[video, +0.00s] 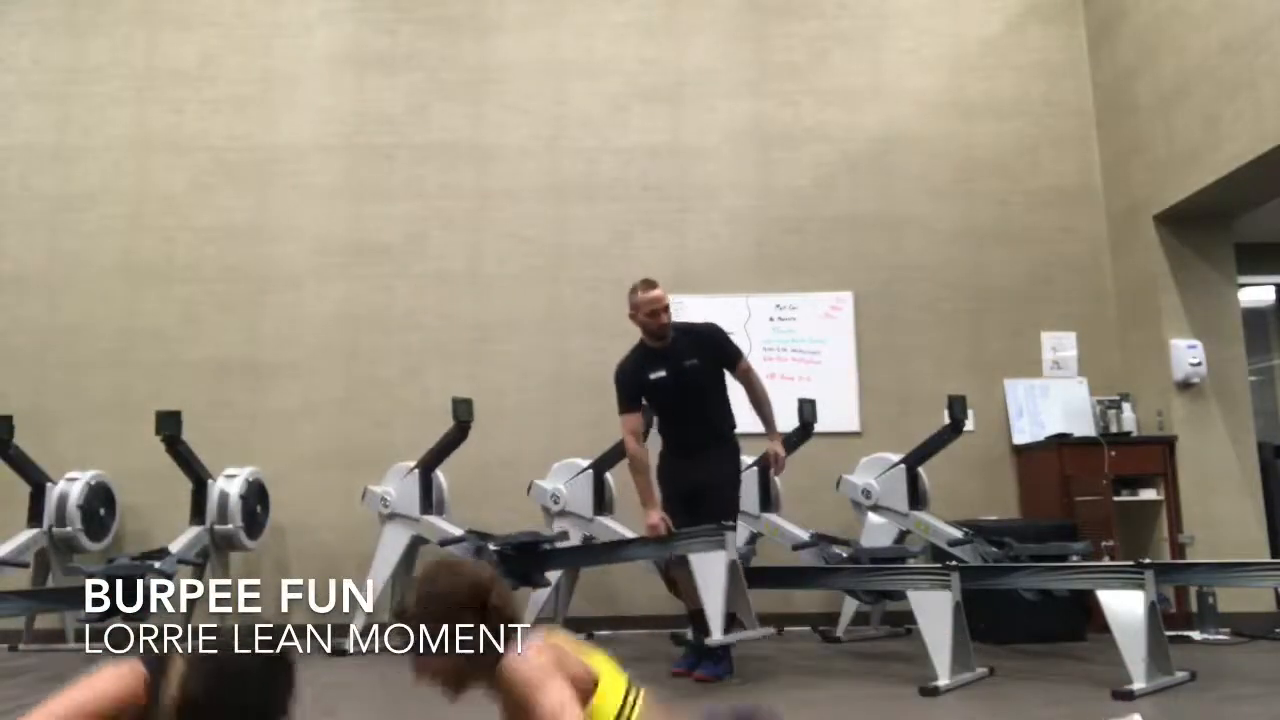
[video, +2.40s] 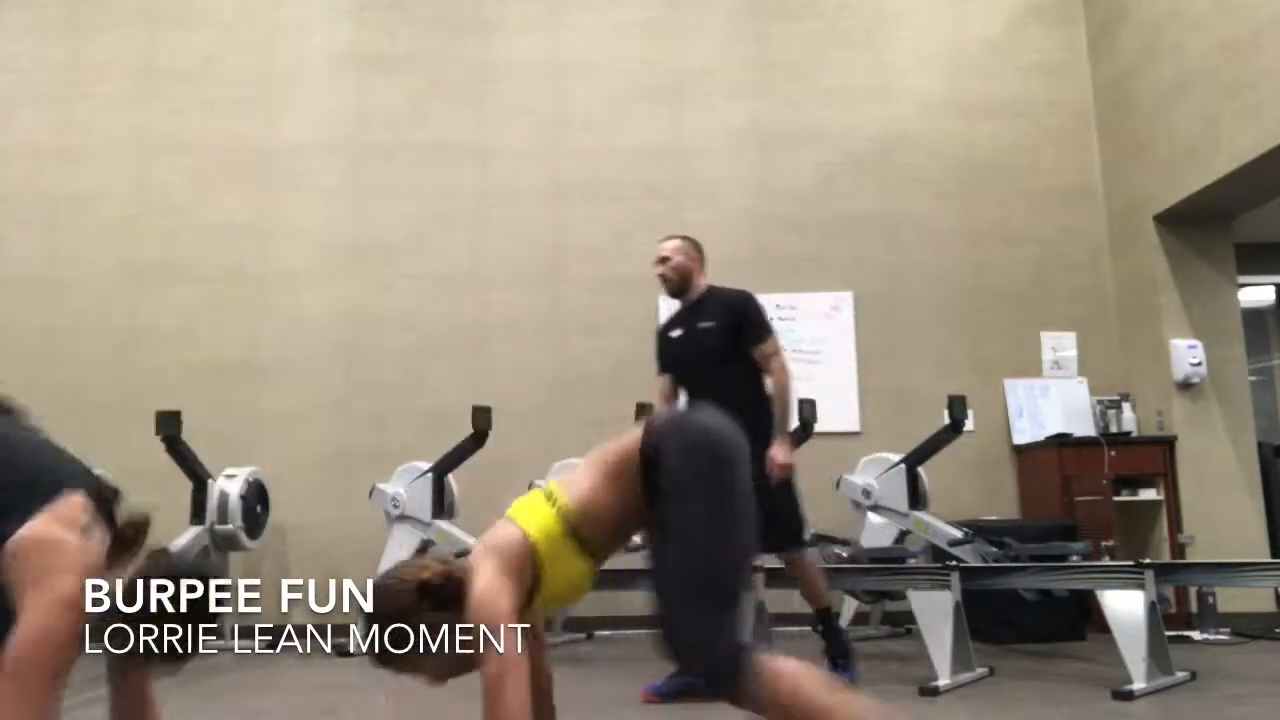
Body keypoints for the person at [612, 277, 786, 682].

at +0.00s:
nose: (661, 319)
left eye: (664, 310)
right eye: (651, 314)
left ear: (670, 307)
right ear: (634, 318)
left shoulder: (708, 337)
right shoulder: (630, 370)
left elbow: (749, 380)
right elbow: (633, 441)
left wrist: (773, 436)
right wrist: (650, 507)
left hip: (719, 456)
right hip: (675, 461)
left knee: (716, 550)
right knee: (674, 553)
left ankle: (720, 649)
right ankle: (700, 641)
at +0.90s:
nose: (673, 301)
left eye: (677, 293)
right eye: (664, 297)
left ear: (688, 293)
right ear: (653, 304)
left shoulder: (726, 328)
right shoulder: (650, 358)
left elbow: (761, 377)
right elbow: (643, 422)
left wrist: (776, 430)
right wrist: (651, 462)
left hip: (744, 450)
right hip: (696, 460)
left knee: (772, 521)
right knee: (696, 550)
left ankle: (740, 596)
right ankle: (703, 643)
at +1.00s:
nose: (687, 297)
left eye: (691, 288)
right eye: (678, 292)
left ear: (701, 290)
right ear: (666, 299)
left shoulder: (737, 327)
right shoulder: (659, 354)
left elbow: (771, 378)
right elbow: (650, 419)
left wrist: (785, 432)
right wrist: (656, 472)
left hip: (752, 450)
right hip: (703, 458)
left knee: (785, 523)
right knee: (700, 551)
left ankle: (787, 620)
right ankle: (703, 643)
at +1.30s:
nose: (749, 289)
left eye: (756, 281)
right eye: (742, 282)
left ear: (770, 283)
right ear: (732, 287)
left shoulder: (803, 331)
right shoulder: (720, 341)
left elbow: (834, 388)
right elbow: (706, 409)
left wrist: (845, 452)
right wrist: (704, 474)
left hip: (799, 458)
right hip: (748, 460)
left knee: (819, 550)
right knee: (730, 553)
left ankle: (843, 652)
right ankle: (710, 644)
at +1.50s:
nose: (771, 276)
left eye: (779, 268)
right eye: (764, 269)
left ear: (799, 272)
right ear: (758, 275)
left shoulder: (831, 320)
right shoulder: (747, 327)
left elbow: (868, 379)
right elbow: (741, 395)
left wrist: (876, 445)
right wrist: (752, 454)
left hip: (823, 448)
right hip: (773, 450)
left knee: (833, 548)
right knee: (762, 542)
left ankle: (844, 652)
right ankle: (778, 642)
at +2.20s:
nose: (716, 274)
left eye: (723, 265)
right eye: (712, 269)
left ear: (750, 266)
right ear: (711, 278)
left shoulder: (793, 311)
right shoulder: (720, 335)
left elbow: (831, 373)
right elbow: (718, 406)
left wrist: (827, 440)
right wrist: (719, 467)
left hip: (810, 450)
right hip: (760, 453)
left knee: (829, 553)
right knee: (738, 551)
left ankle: (844, 654)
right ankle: (722, 656)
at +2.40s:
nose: (660, 269)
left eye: (669, 261)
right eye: (658, 263)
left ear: (697, 264)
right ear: (661, 273)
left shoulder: (737, 306)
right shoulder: (668, 332)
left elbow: (777, 369)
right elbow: (667, 398)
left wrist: (781, 438)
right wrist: (663, 451)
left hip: (757, 451)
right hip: (708, 458)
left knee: (793, 553)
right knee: (703, 558)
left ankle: (833, 635)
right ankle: (700, 663)